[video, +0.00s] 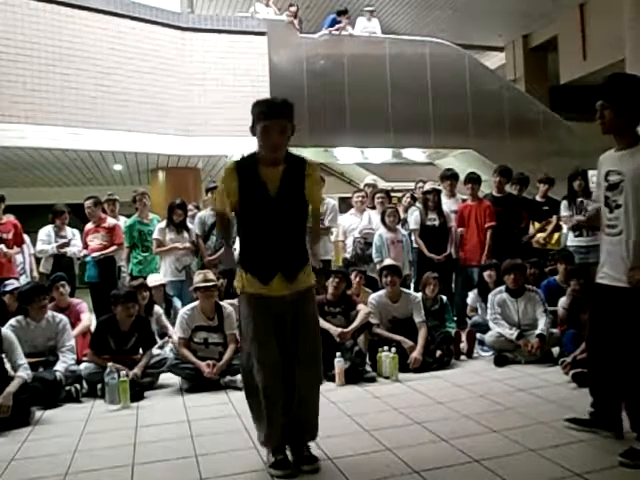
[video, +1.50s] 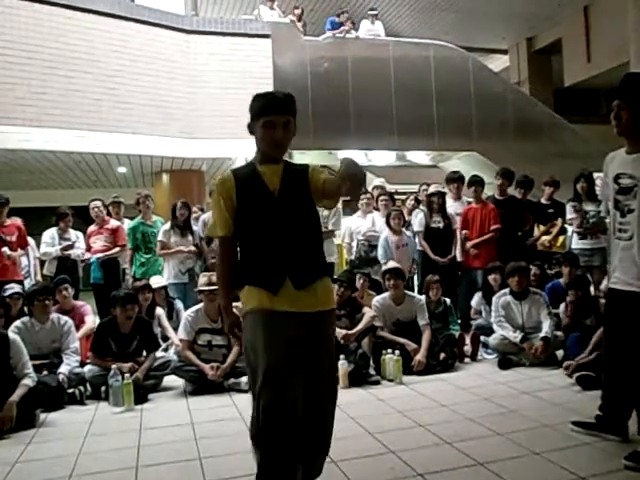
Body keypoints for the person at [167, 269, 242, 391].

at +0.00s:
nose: (208, 293)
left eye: (211, 289)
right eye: (203, 290)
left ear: (217, 291)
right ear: (196, 293)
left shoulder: (227, 311)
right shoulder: (186, 313)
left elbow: (232, 343)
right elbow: (181, 346)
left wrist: (220, 365)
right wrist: (201, 365)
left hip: (221, 357)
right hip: (196, 358)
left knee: (245, 360)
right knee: (173, 364)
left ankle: (197, 383)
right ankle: (221, 382)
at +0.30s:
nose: (210, 296)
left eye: (214, 292)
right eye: (206, 293)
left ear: (219, 293)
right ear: (198, 295)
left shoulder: (229, 313)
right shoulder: (190, 314)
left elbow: (234, 344)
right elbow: (180, 348)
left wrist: (223, 366)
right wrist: (202, 366)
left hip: (223, 359)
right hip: (199, 360)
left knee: (249, 361)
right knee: (174, 366)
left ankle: (200, 385)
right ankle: (224, 383)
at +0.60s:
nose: (212, 297)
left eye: (215, 293)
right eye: (208, 294)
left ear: (221, 293)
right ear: (201, 296)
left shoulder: (230, 313)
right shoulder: (191, 315)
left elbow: (236, 347)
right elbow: (183, 349)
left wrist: (225, 368)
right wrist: (204, 367)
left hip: (225, 360)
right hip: (200, 360)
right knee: (177, 367)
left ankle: (201, 386)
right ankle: (223, 383)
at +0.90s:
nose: (212, 297)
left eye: (215, 293)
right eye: (207, 294)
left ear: (221, 294)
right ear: (200, 296)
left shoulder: (229, 313)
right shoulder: (191, 315)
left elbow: (236, 345)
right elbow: (182, 349)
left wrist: (225, 367)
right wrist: (204, 367)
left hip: (225, 359)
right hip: (200, 359)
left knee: (246, 369)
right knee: (177, 366)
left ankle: (201, 386)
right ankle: (223, 384)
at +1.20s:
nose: (211, 299)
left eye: (214, 295)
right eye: (207, 296)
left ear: (222, 295)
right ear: (201, 297)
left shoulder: (231, 314)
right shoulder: (191, 316)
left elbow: (236, 345)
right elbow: (184, 349)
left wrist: (225, 368)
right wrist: (204, 367)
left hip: (224, 359)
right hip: (200, 360)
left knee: (250, 361)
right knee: (176, 366)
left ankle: (203, 385)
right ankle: (226, 384)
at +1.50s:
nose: (211, 296)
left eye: (214, 292)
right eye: (206, 293)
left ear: (220, 293)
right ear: (200, 295)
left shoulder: (230, 314)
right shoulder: (191, 316)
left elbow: (237, 344)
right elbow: (184, 349)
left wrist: (225, 367)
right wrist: (204, 367)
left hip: (225, 361)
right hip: (200, 362)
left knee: (248, 368)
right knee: (177, 367)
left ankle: (202, 386)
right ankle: (225, 384)